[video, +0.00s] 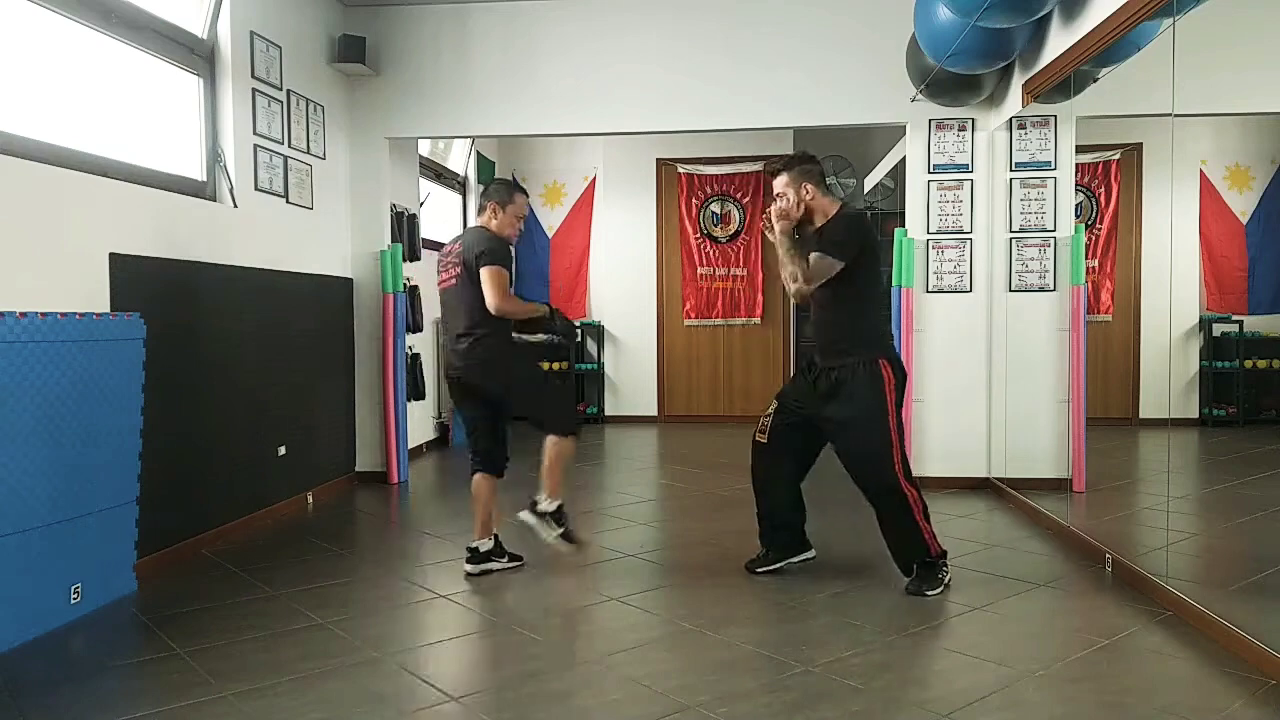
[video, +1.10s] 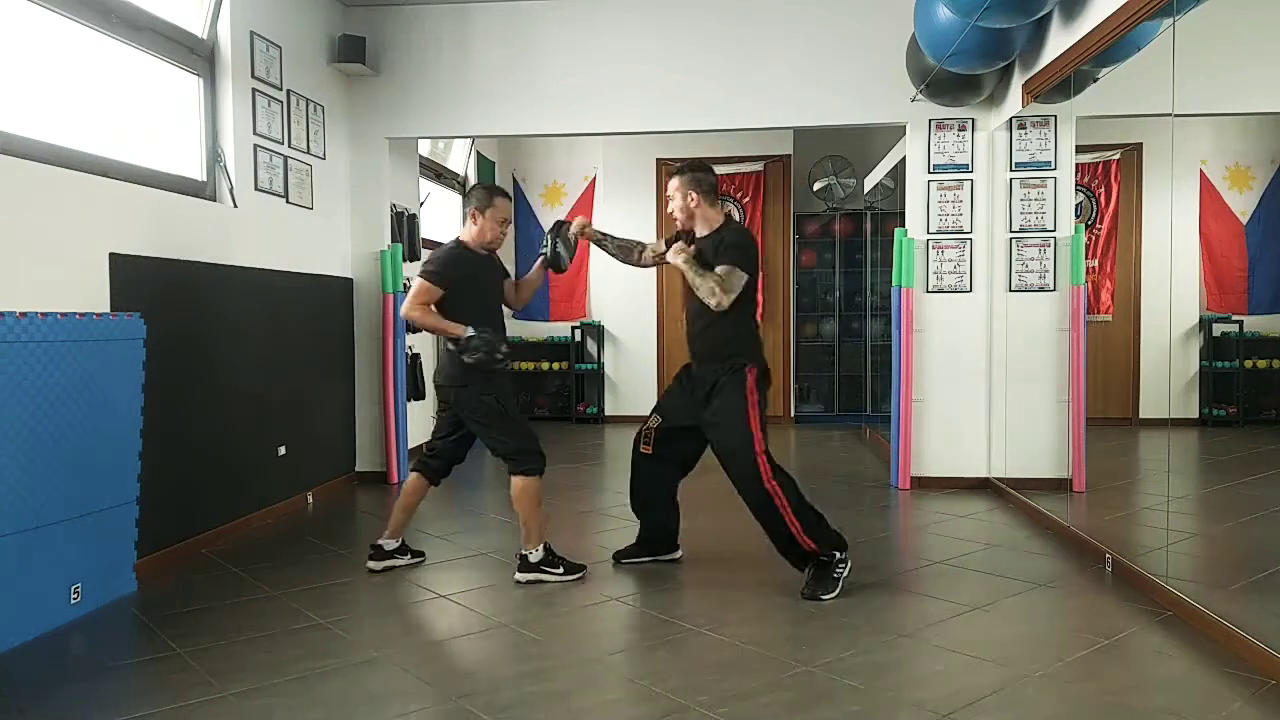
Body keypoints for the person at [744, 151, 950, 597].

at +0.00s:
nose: (780, 206)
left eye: (783, 197)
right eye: (777, 200)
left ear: (808, 190)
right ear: (807, 194)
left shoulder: (850, 225)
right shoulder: (818, 236)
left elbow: (799, 284)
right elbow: (797, 287)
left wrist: (783, 236)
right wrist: (781, 243)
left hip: (867, 372)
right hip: (820, 374)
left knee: (884, 473)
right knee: (770, 450)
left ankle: (928, 563)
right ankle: (786, 544)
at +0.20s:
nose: (771, 198)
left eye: (777, 187)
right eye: (769, 190)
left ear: (802, 185)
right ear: (795, 189)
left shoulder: (849, 216)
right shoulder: (793, 238)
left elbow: (799, 252)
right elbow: (770, 298)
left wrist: (756, 216)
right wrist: (744, 283)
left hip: (871, 363)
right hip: (820, 366)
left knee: (885, 463)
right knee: (788, 454)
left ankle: (923, 559)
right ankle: (789, 549)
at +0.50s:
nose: (776, 213)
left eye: (779, 204)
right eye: (774, 206)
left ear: (804, 203)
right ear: (806, 204)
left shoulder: (844, 240)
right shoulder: (814, 244)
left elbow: (792, 300)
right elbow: (794, 298)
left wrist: (768, 257)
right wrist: (772, 254)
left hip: (848, 383)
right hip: (805, 378)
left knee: (866, 481)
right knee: (747, 443)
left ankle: (915, 564)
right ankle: (752, 540)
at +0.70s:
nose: (744, 200)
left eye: (748, 192)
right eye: (744, 193)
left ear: (772, 193)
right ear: (772, 193)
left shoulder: (806, 233)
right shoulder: (774, 237)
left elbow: (744, 279)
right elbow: (732, 273)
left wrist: (740, 228)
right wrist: (719, 235)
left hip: (810, 375)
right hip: (764, 373)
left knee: (840, 468)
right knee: (719, 448)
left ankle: (899, 546)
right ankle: (716, 543)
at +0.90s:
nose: (711, 208)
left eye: (715, 201)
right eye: (710, 202)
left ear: (739, 199)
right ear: (735, 200)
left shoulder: (781, 239)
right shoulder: (729, 231)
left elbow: (731, 285)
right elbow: (691, 239)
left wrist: (717, 234)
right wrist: (669, 244)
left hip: (783, 374)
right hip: (738, 371)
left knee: (790, 470)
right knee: (687, 443)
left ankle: (825, 564)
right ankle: (688, 538)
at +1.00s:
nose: (692, 211)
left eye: (696, 203)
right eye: (691, 205)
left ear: (722, 203)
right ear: (719, 204)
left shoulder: (763, 245)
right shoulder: (708, 239)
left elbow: (723, 295)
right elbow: (652, 254)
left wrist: (702, 242)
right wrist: (615, 231)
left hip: (763, 380)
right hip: (719, 377)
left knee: (778, 474)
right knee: (668, 447)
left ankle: (826, 562)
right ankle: (671, 541)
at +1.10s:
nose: (668, 209)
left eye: (672, 200)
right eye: (667, 201)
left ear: (695, 199)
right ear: (694, 200)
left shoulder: (738, 239)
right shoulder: (690, 242)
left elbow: (720, 295)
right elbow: (642, 255)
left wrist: (685, 261)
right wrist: (591, 233)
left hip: (737, 375)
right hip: (699, 375)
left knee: (754, 472)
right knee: (651, 449)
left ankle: (828, 554)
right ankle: (658, 541)